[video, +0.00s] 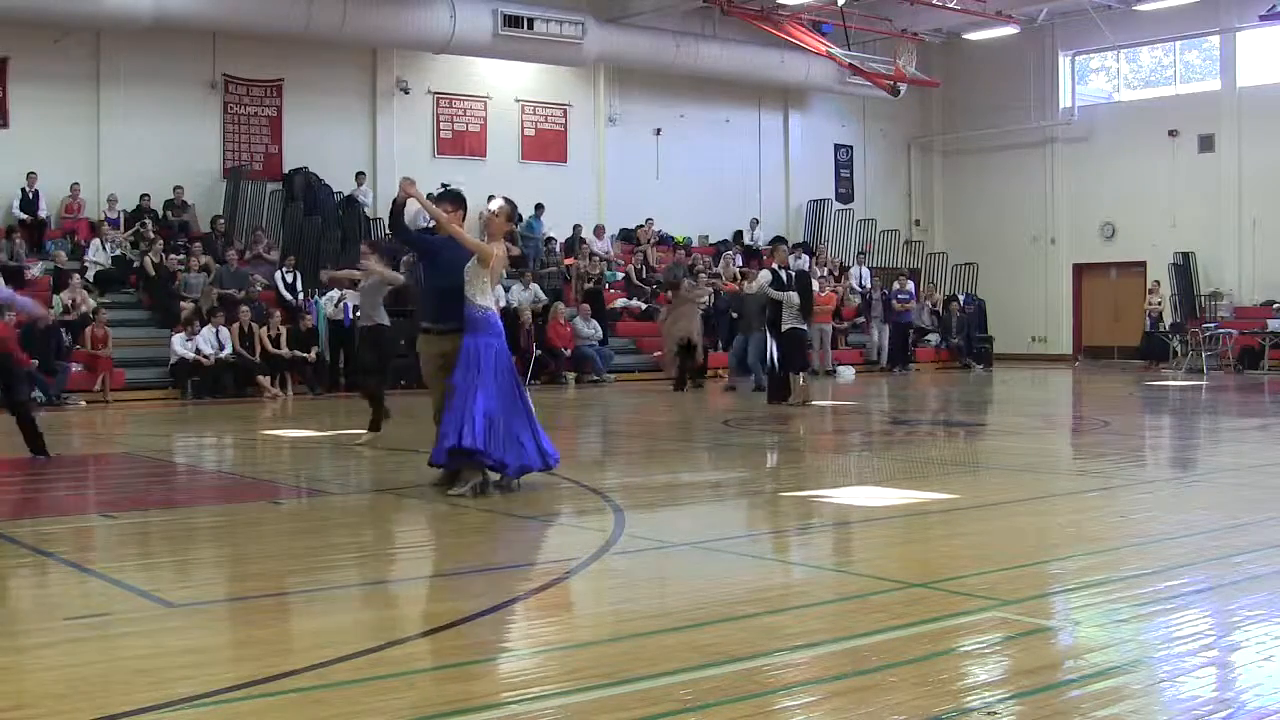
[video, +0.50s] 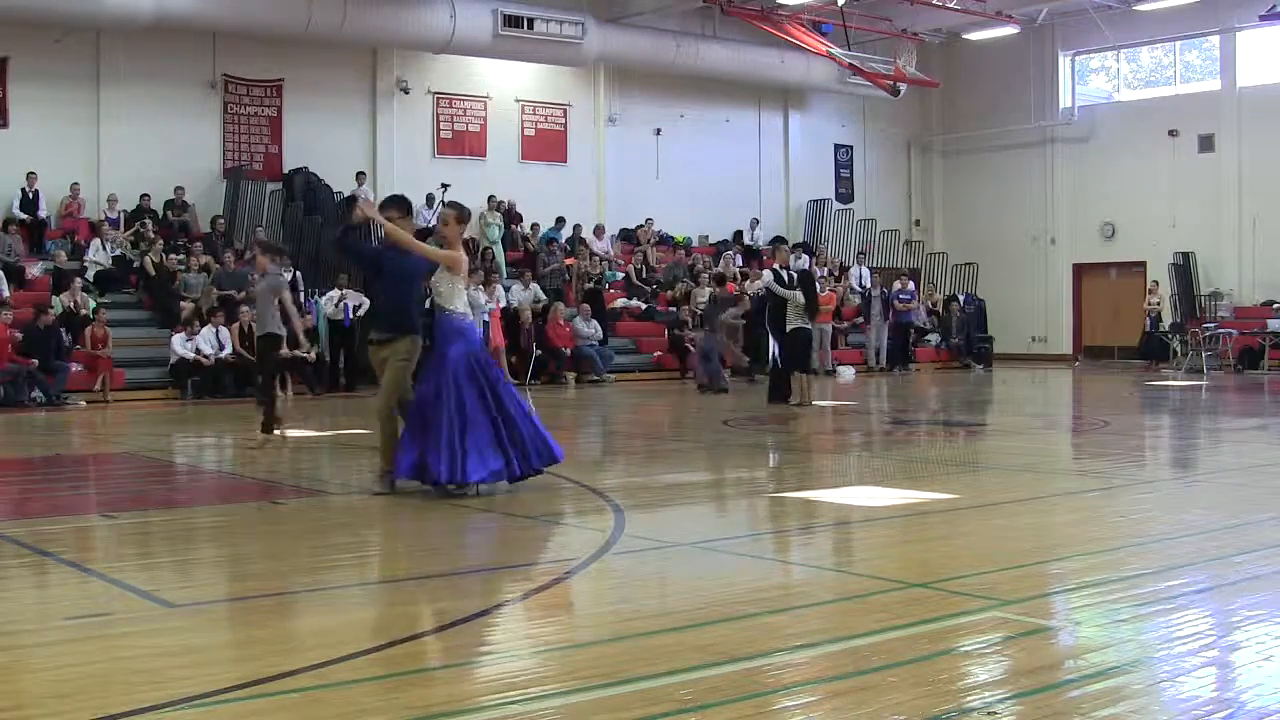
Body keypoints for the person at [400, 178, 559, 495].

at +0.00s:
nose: (487, 217)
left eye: (494, 214)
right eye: (488, 212)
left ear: (508, 225)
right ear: (494, 221)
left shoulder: (491, 251)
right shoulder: (498, 250)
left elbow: (451, 227)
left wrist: (419, 197)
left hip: (482, 330)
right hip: (489, 328)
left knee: (471, 397)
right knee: (493, 396)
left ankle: (473, 469)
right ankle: (508, 463)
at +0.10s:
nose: (483, 217)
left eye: (490, 213)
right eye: (484, 212)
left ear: (505, 224)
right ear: (496, 223)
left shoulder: (491, 251)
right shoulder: (492, 249)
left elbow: (450, 228)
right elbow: (456, 232)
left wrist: (416, 198)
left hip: (481, 330)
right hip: (485, 328)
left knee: (472, 395)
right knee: (493, 396)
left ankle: (474, 469)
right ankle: (511, 464)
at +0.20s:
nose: (477, 220)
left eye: (483, 216)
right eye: (477, 214)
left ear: (498, 223)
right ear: (478, 218)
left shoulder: (488, 252)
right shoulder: (481, 248)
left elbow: (449, 237)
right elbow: (449, 237)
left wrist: (408, 211)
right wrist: (417, 219)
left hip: (482, 332)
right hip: (482, 329)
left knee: (469, 397)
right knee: (493, 397)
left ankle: (472, 470)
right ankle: (508, 466)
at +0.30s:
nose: (465, 223)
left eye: (472, 219)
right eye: (465, 218)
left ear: (487, 225)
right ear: (467, 222)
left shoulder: (480, 253)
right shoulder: (469, 249)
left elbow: (439, 244)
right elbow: (437, 241)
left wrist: (403, 221)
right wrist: (406, 225)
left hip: (476, 331)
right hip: (474, 328)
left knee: (465, 398)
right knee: (491, 397)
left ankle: (464, 469)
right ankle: (509, 465)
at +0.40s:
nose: (453, 227)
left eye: (459, 223)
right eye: (453, 222)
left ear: (475, 226)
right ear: (457, 225)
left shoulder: (469, 256)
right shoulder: (461, 255)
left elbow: (427, 244)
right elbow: (424, 242)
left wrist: (389, 219)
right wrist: (394, 225)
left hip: (469, 332)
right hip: (462, 330)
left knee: (459, 397)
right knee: (462, 397)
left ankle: (464, 467)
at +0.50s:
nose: (439, 226)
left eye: (445, 221)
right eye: (440, 220)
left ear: (461, 227)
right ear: (445, 225)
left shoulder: (456, 258)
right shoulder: (449, 256)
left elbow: (413, 244)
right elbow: (412, 243)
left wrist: (375, 216)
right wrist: (378, 218)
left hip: (457, 333)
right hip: (448, 331)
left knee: (450, 399)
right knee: (448, 399)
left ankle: (462, 469)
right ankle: (456, 468)